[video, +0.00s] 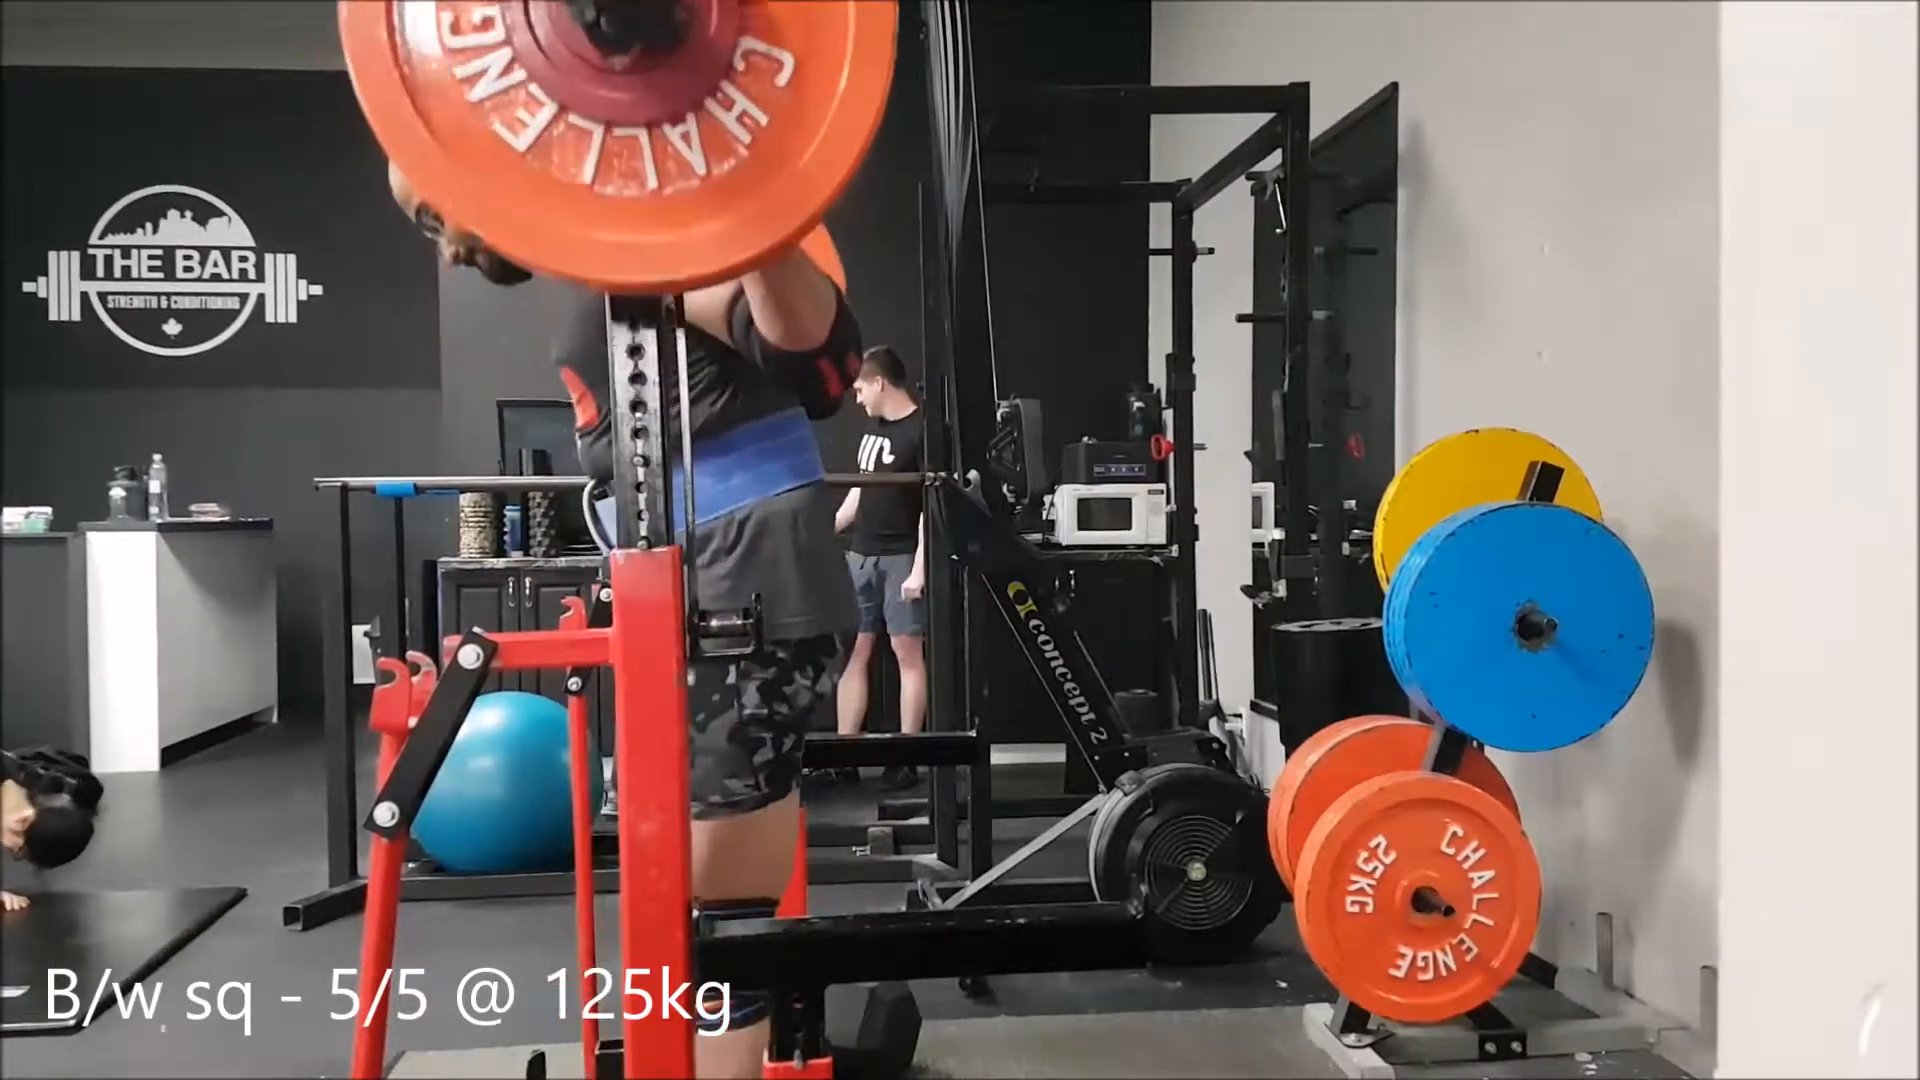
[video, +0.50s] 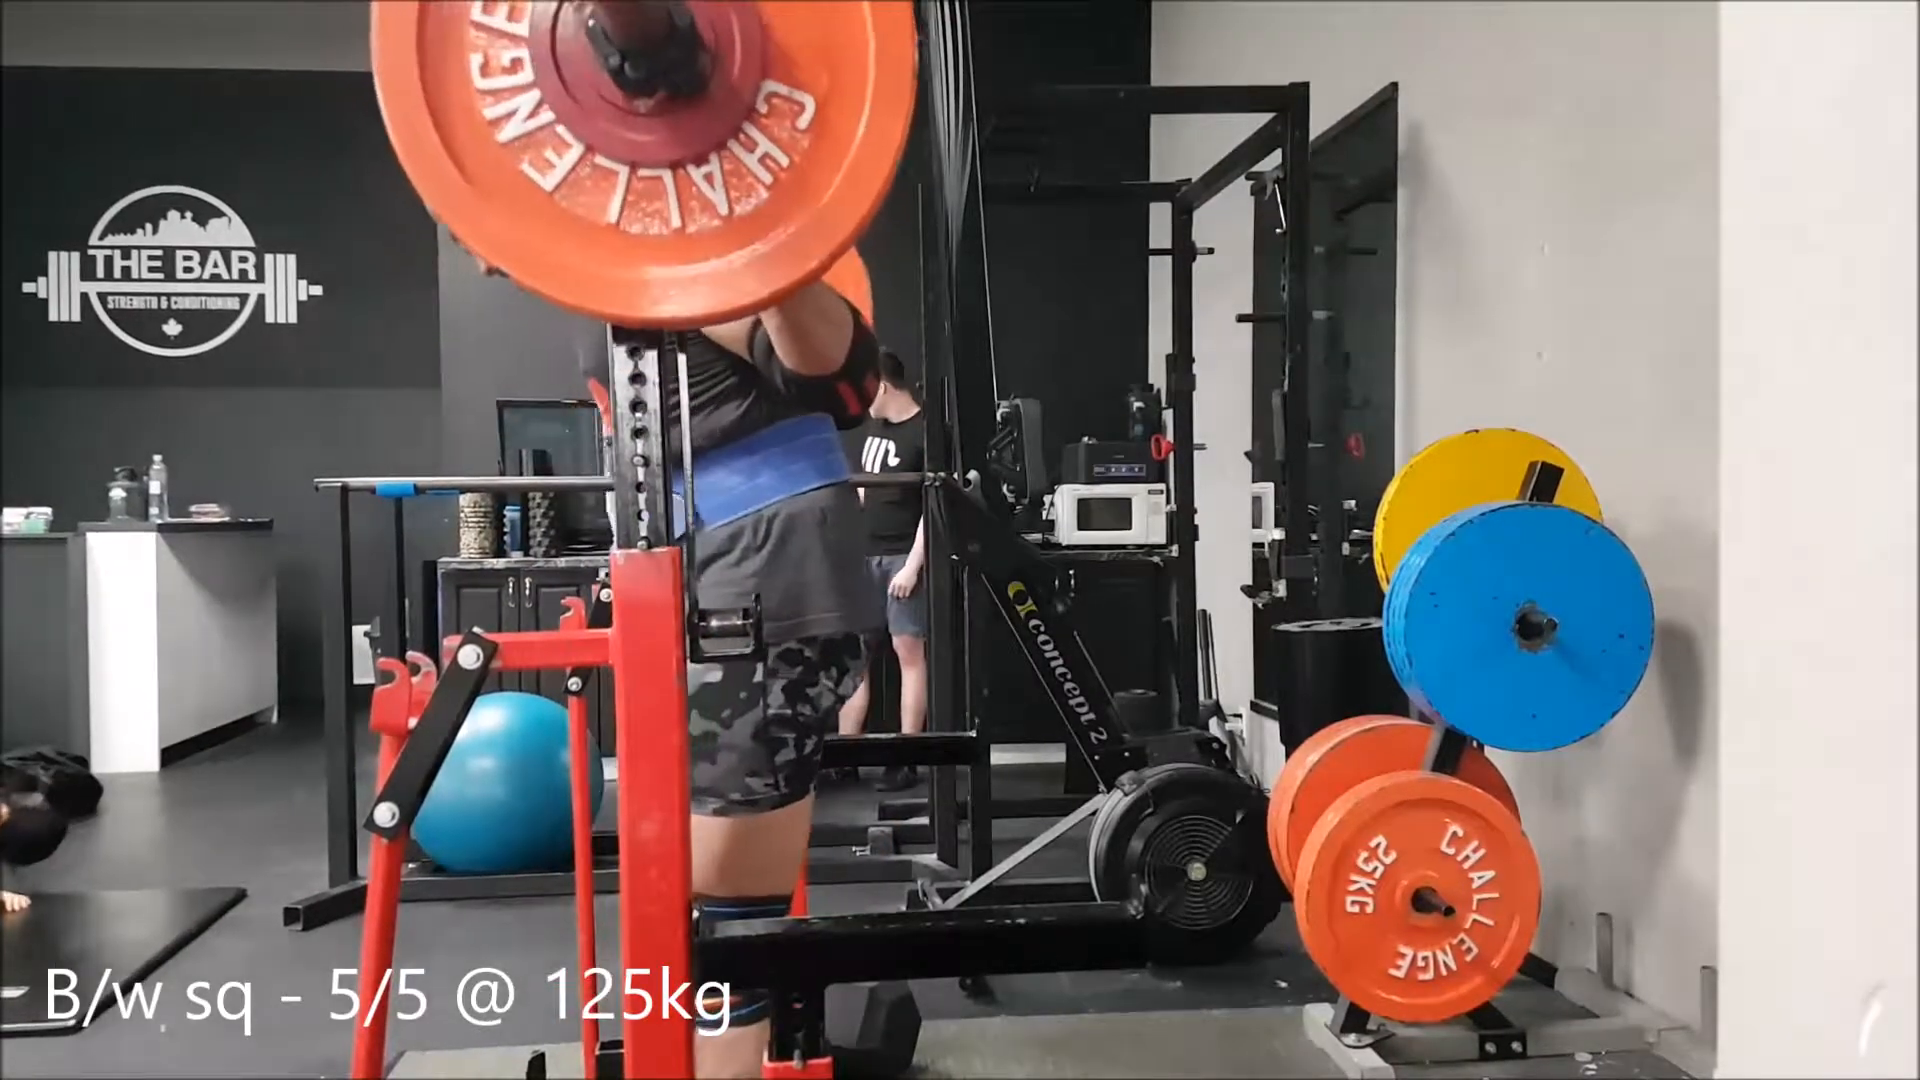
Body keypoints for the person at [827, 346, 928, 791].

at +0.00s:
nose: (857, 398)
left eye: (861, 389)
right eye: (856, 390)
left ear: (881, 383)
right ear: (879, 385)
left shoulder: (926, 429)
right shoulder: (873, 429)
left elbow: (932, 503)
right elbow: (862, 486)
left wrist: (920, 566)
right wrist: (834, 526)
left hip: (902, 557)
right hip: (860, 554)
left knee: (907, 654)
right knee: (855, 651)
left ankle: (907, 754)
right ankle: (844, 753)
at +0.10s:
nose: (859, 398)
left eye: (862, 388)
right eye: (858, 389)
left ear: (881, 383)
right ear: (881, 384)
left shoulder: (927, 429)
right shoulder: (873, 429)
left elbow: (938, 504)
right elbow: (863, 485)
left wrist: (922, 564)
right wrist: (835, 522)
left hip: (902, 558)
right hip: (861, 555)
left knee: (908, 654)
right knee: (854, 652)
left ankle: (908, 756)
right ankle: (844, 754)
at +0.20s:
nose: (859, 399)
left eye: (862, 389)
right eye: (858, 391)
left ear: (881, 384)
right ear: (881, 384)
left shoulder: (927, 430)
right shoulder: (874, 429)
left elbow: (939, 504)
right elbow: (863, 487)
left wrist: (921, 562)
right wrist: (830, 525)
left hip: (903, 559)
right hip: (862, 555)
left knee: (908, 654)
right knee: (854, 652)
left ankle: (908, 756)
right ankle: (844, 754)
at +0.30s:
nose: (861, 399)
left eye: (864, 389)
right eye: (861, 390)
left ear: (883, 384)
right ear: (882, 384)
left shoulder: (928, 430)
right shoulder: (874, 427)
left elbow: (937, 505)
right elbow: (863, 485)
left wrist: (919, 565)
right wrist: (838, 524)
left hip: (904, 559)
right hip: (863, 555)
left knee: (909, 655)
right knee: (854, 652)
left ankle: (908, 756)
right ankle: (844, 754)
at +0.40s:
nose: (863, 399)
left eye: (867, 389)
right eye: (862, 390)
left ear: (885, 384)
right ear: (879, 386)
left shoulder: (927, 429)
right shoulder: (873, 428)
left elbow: (935, 504)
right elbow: (859, 492)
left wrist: (916, 563)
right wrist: (838, 537)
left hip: (905, 558)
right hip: (864, 556)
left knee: (909, 655)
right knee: (854, 654)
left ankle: (908, 755)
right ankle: (844, 753)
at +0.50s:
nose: (862, 398)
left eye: (865, 389)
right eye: (860, 390)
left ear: (883, 382)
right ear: (876, 385)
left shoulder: (927, 429)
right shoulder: (870, 427)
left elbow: (936, 503)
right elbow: (863, 492)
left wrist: (914, 563)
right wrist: (839, 538)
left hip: (904, 557)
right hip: (862, 555)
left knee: (908, 654)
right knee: (856, 656)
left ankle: (909, 754)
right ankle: (842, 752)